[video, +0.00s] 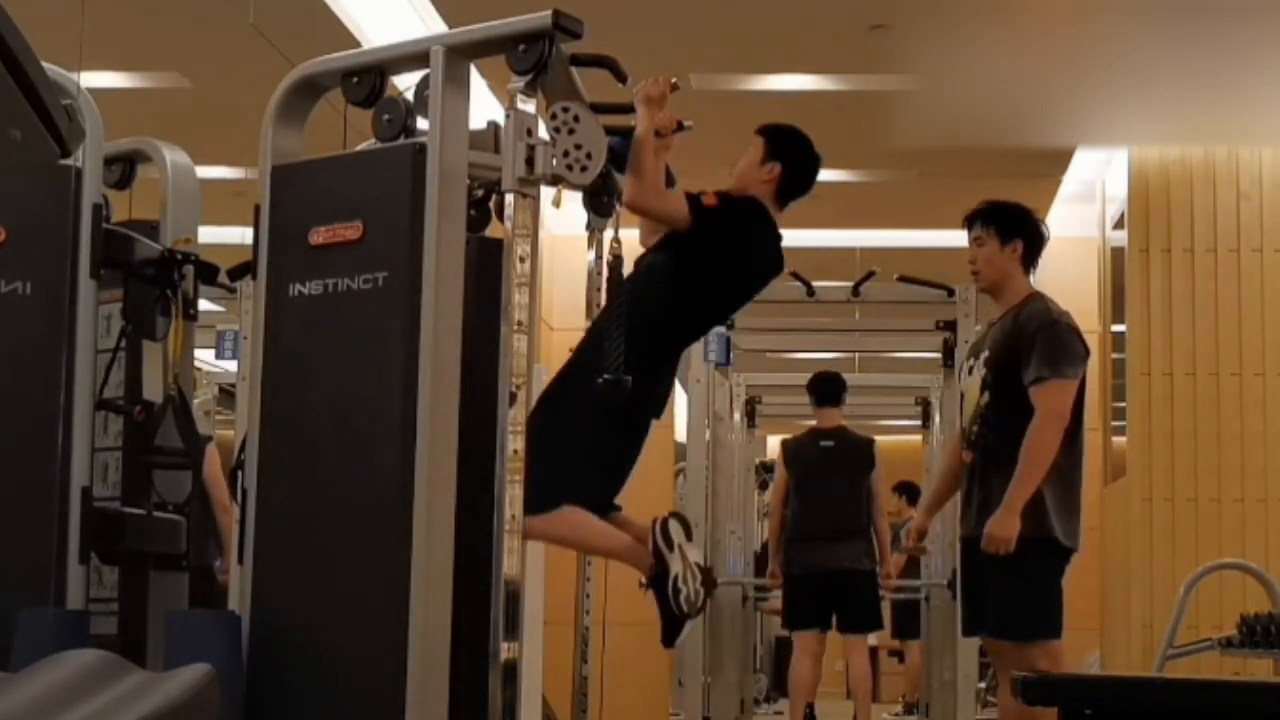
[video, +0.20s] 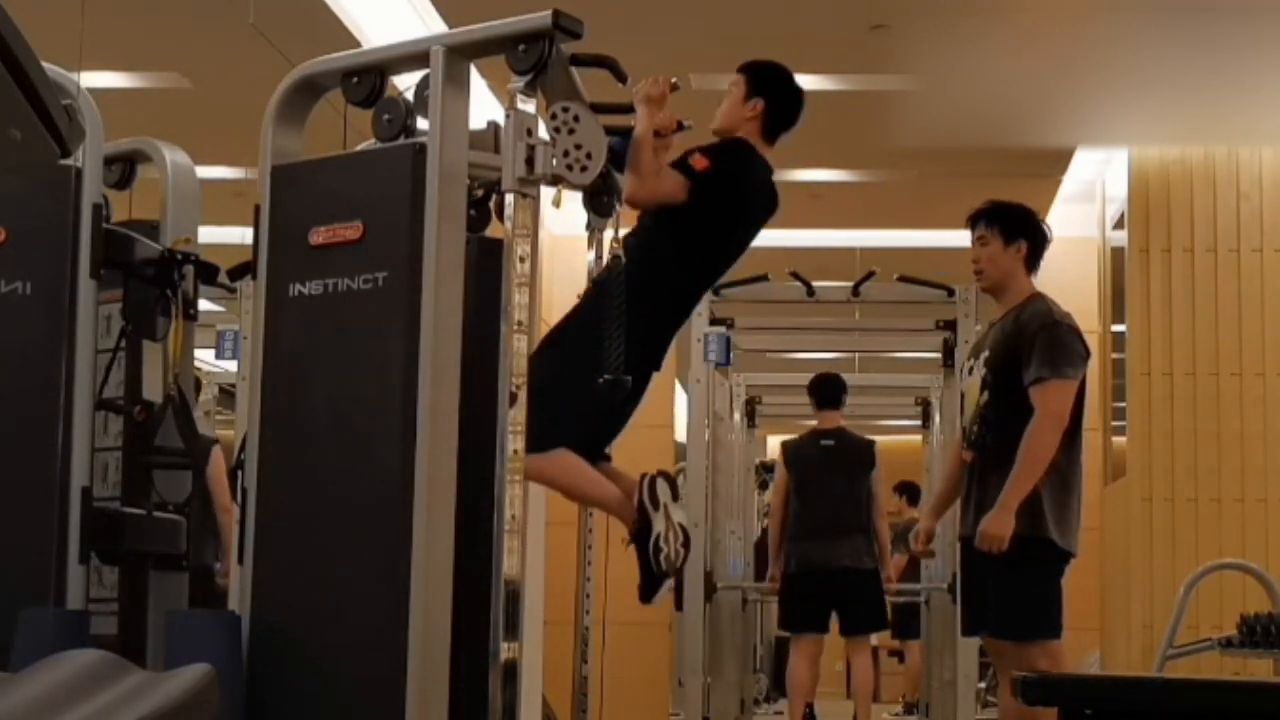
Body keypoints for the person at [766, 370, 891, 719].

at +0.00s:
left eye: (814, 398)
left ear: (811, 400)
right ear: (844, 399)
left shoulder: (790, 448)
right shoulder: (866, 447)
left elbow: (776, 508)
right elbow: (879, 511)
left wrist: (773, 558)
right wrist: (886, 560)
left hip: (805, 566)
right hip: (854, 564)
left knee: (805, 648)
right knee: (857, 649)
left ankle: (798, 716)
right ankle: (863, 715)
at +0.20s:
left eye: (816, 399)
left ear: (811, 402)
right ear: (844, 401)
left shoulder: (790, 450)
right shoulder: (867, 449)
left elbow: (776, 511)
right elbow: (880, 513)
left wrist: (774, 561)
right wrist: (887, 562)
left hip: (806, 568)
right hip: (856, 566)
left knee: (804, 649)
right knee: (860, 649)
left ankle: (798, 715)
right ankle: (863, 715)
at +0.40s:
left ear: (812, 415)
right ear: (845, 414)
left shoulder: (791, 461)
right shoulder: (867, 461)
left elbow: (778, 522)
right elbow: (878, 524)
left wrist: (773, 571)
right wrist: (888, 573)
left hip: (807, 570)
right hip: (857, 569)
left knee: (803, 650)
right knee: (862, 649)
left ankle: (798, 715)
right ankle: (864, 715)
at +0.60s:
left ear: (812, 436)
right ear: (846, 436)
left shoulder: (792, 480)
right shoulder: (866, 478)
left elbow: (778, 539)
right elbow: (879, 539)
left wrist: (773, 586)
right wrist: (887, 592)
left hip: (804, 576)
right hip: (854, 575)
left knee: (801, 649)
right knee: (863, 649)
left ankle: (796, 715)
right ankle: (864, 715)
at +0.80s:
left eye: (816, 452)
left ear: (813, 456)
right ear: (847, 455)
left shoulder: (793, 496)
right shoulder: (867, 495)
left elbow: (779, 557)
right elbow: (881, 557)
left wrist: (774, 607)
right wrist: (887, 611)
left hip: (806, 583)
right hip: (856, 582)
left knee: (801, 652)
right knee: (864, 652)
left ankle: (797, 715)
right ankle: (865, 715)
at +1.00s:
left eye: (817, 467)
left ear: (814, 471)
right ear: (847, 471)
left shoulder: (794, 509)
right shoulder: (868, 508)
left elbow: (780, 570)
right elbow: (881, 571)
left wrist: (781, 622)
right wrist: (887, 625)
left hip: (806, 587)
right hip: (858, 586)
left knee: (800, 653)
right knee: (866, 653)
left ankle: (796, 716)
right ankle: (865, 715)